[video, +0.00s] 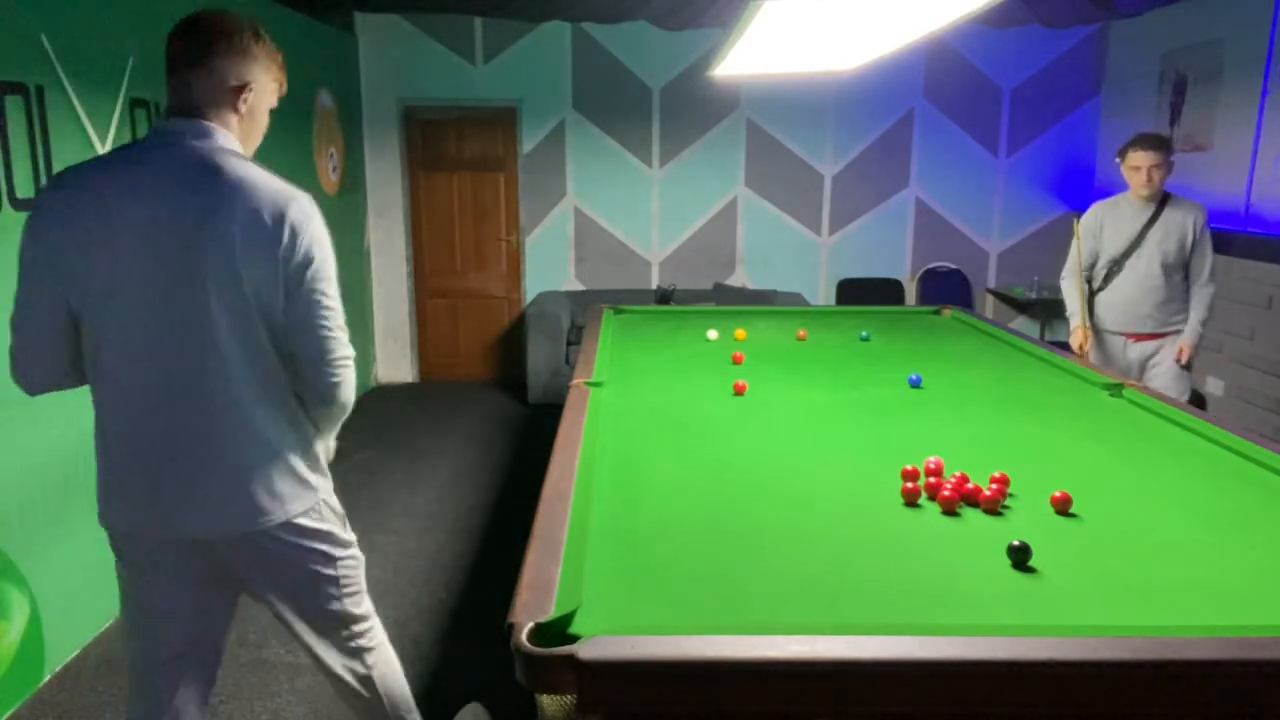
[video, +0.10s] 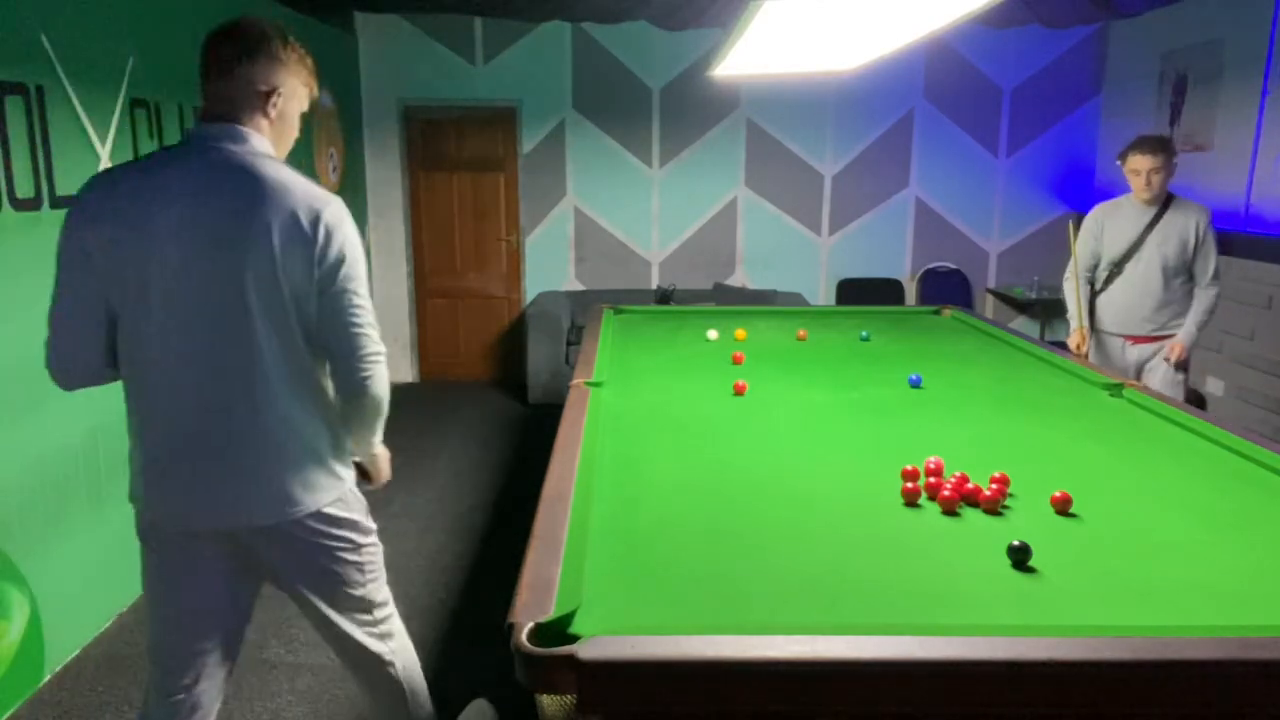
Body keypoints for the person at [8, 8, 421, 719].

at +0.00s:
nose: (269, 121)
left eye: (274, 106)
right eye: (271, 105)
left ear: (174, 91)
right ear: (243, 97)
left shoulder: (68, 198)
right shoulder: (279, 208)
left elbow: (35, 368)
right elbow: (331, 379)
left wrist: (131, 339)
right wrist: (309, 446)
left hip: (144, 503)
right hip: (271, 497)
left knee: (166, 694)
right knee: (361, 657)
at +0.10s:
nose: (298, 131)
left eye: (302, 114)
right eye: (300, 112)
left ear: (209, 92)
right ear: (272, 102)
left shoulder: (108, 198)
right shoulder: (311, 210)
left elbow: (72, 364)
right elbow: (365, 376)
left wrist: (161, 331)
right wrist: (366, 446)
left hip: (176, 496)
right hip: (300, 490)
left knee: (180, 691)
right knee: (384, 655)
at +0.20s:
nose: (336, 143)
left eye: (339, 125)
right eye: (337, 124)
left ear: (248, 105)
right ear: (310, 110)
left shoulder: (153, 201)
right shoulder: (353, 216)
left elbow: (113, 361)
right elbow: (404, 362)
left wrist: (196, 333)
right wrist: (423, 442)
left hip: (212, 499)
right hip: (334, 495)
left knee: (204, 686)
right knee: (394, 663)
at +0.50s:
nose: (434, 127)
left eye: (437, 114)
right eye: (436, 113)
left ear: (357, 98)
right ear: (415, 108)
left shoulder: (269, 176)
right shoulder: (442, 201)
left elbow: (222, 317)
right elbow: (489, 331)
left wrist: (276, 300)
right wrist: (531, 411)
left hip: (304, 444)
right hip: (407, 447)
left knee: (272, 636)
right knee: (433, 631)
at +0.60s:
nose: (459, 123)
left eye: (462, 111)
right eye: (461, 109)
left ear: (386, 95)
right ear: (440, 104)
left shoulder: (301, 172)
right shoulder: (465, 200)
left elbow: (251, 305)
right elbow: (508, 327)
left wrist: (302, 290)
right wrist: (549, 411)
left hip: (325, 437)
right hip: (425, 442)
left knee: (291, 621)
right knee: (441, 623)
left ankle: (253, 719)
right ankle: (444, 719)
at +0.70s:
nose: (483, 123)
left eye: (484, 112)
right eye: (485, 112)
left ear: (410, 97)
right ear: (469, 110)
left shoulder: (328, 167)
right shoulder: (486, 199)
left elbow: (280, 296)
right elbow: (522, 322)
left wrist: (334, 278)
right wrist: (558, 414)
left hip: (342, 421)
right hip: (440, 427)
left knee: (312, 598)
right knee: (448, 599)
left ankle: (283, 714)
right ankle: (445, 714)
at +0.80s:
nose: (496, 129)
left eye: (497, 118)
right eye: (497, 118)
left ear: (421, 101)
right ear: (482, 116)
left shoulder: (339, 167)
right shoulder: (494, 200)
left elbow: (293, 292)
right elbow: (526, 324)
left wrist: (353, 271)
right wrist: (558, 417)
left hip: (350, 419)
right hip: (443, 426)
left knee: (328, 591)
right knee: (448, 593)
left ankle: (301, 713)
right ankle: (444, 714)